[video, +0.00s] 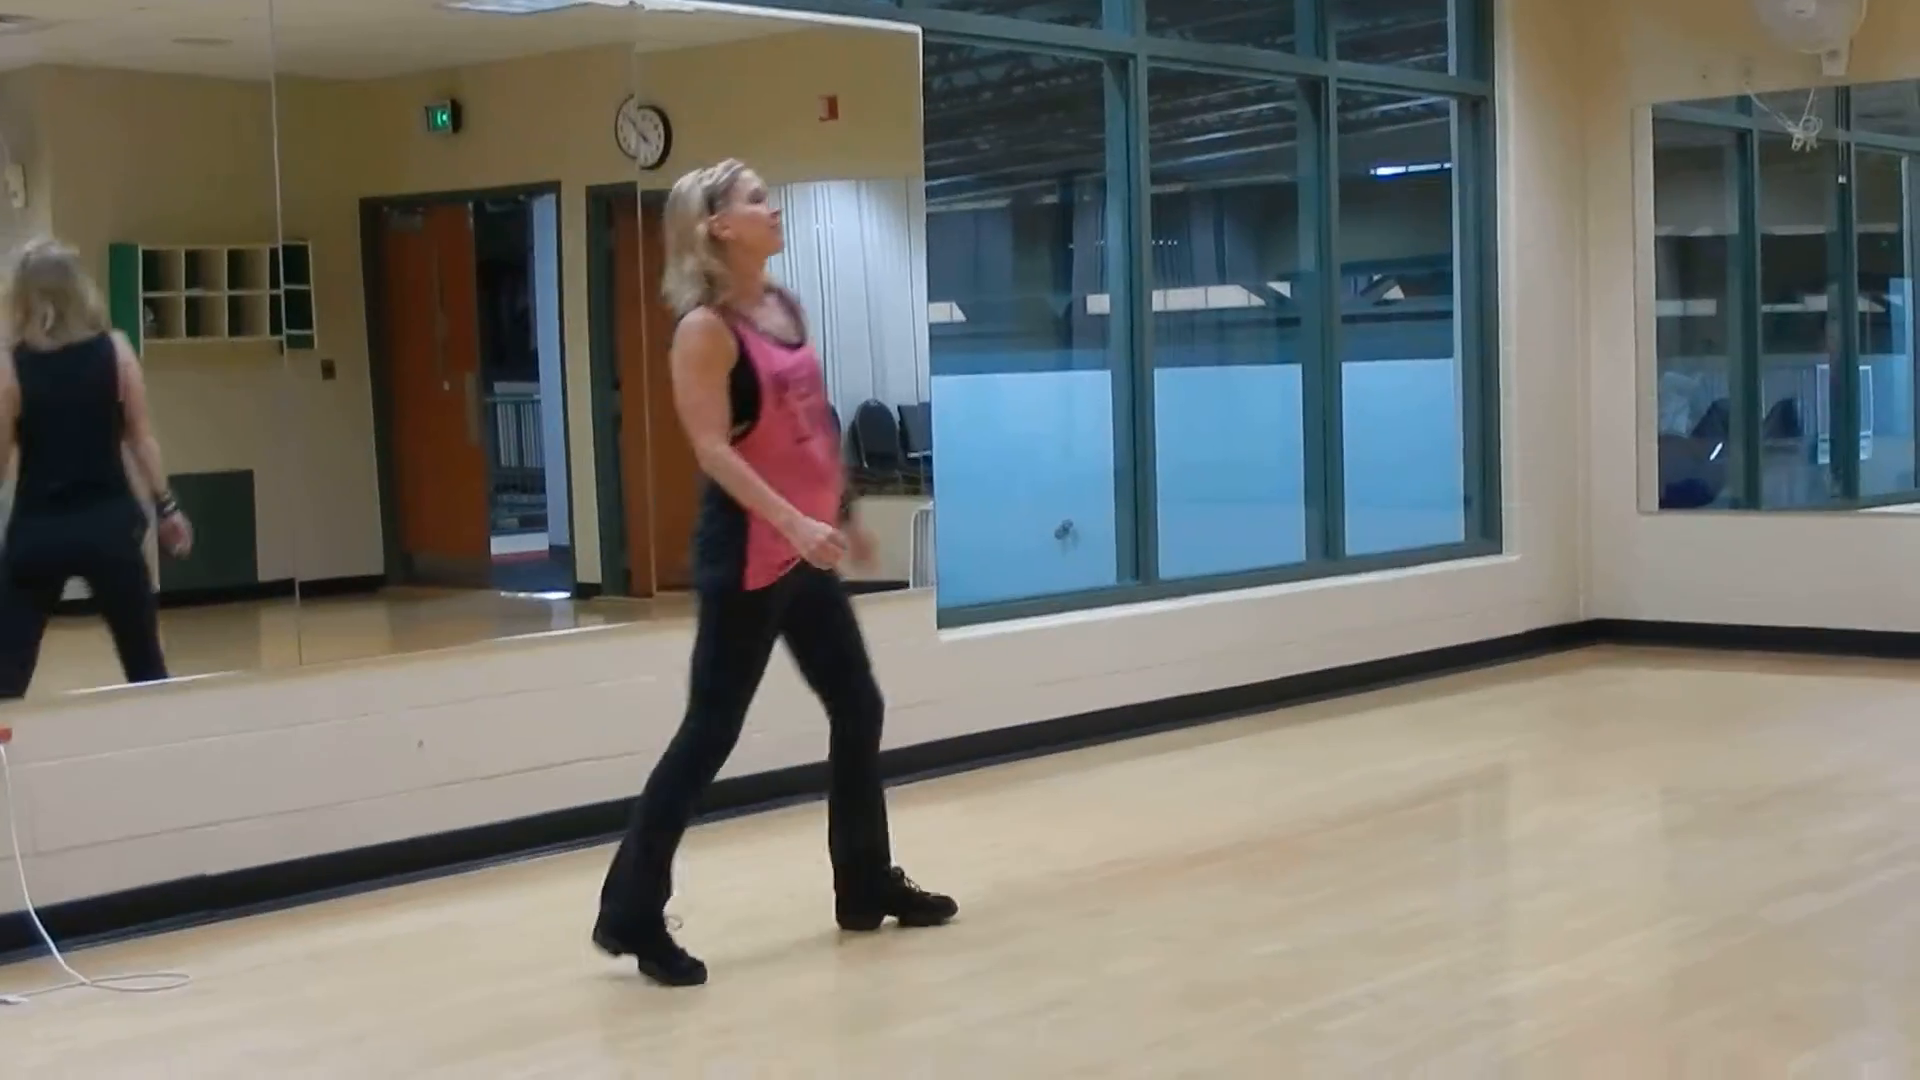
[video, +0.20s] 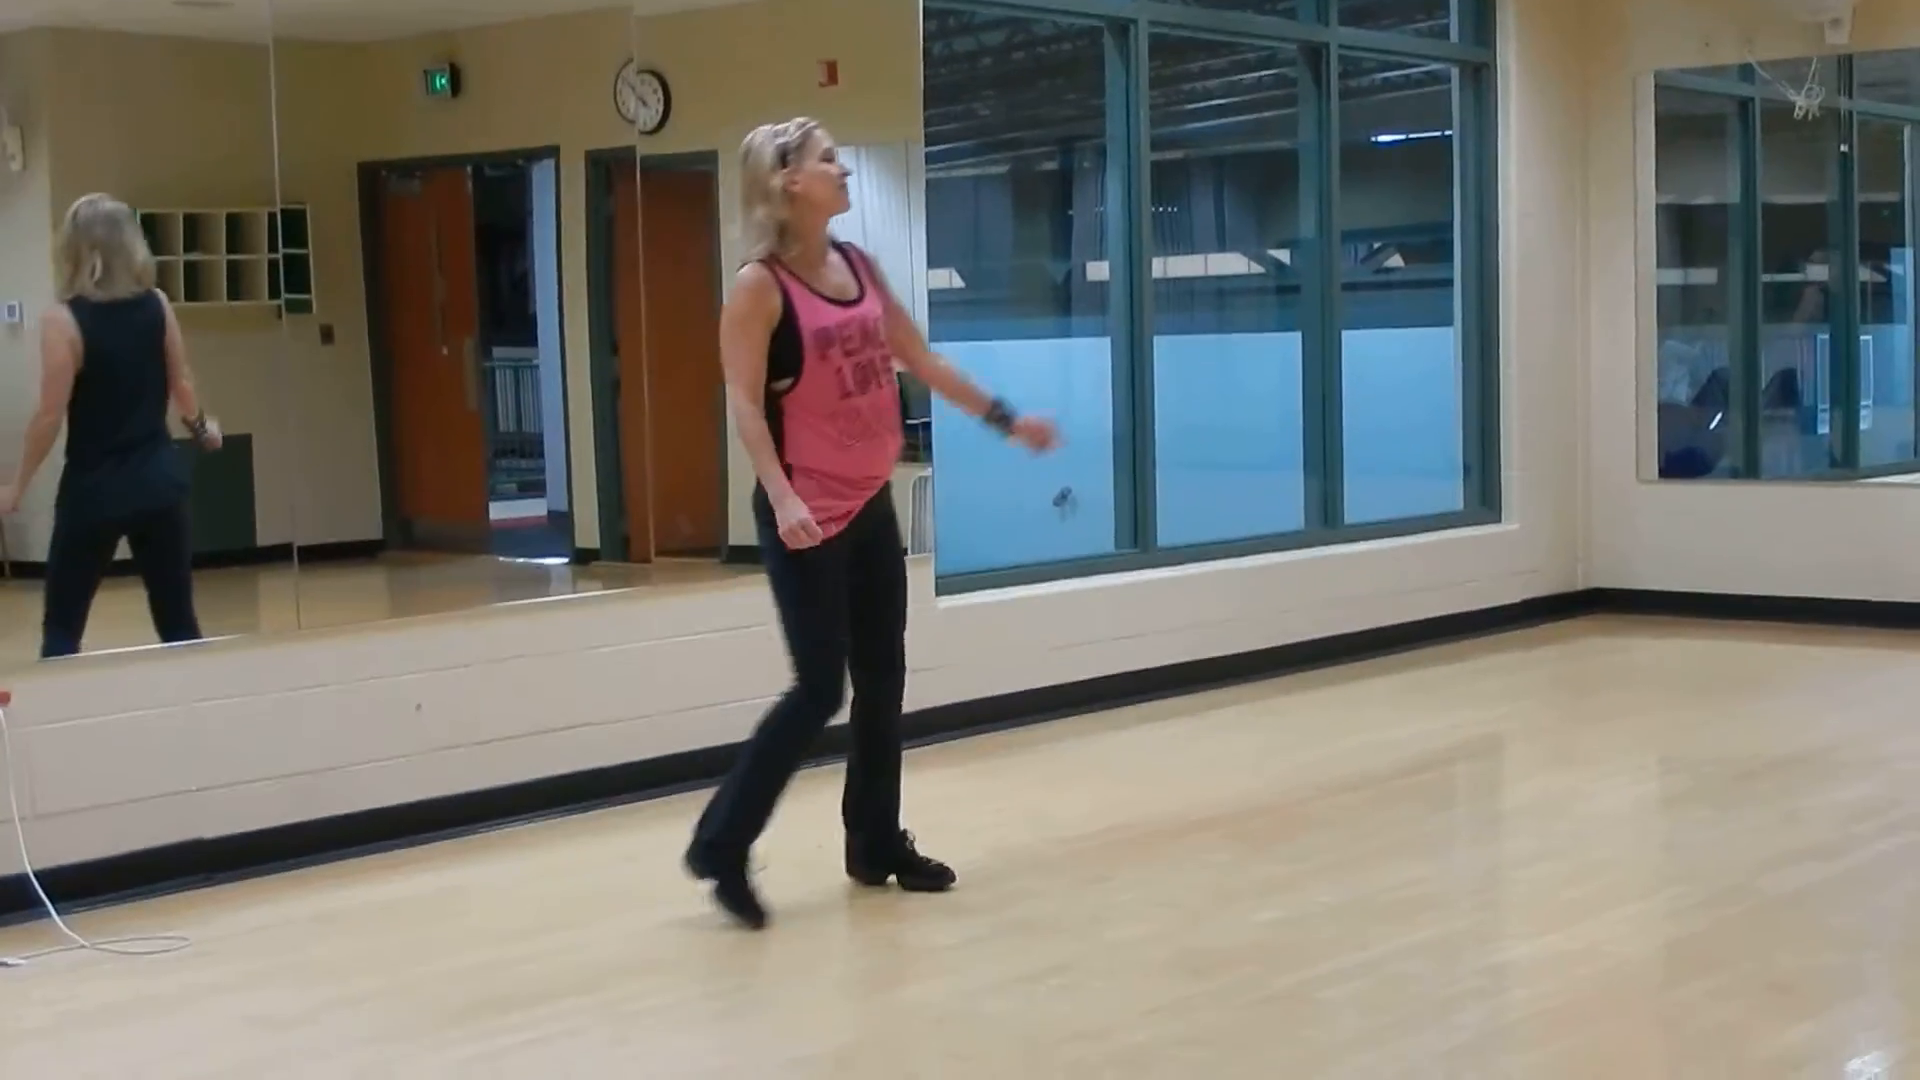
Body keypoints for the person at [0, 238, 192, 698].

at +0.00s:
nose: (13, 301)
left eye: (18, 291)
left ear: (23, 297)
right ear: (81, 291)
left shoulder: (11, 365)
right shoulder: (115, 350)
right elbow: (140, 438)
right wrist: (166, 505)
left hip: (36, 535)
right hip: (111, 531)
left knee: (8, 672)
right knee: (145, 663)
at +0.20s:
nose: (63, 251)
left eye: (67, 242)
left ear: (74, 250)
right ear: (131, 246)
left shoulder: (63, 319)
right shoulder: (157, 305)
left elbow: (51, 415)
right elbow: (179, 383)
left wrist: (17, 487)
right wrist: (198, 424)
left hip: (92, 494)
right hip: (159, 484)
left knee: (61, 631)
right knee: (178, 622)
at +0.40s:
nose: (92, 209)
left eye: (98, 201)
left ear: (108, 209)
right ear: (163, 210)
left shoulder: (90, 273)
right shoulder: (182, 276)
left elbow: (77, 366)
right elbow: (183, 362)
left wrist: (55, 438)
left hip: (119, 449)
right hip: (182, 441)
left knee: (123, 592)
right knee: (197, 581)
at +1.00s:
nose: (89, 172)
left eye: (93, 162)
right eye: (90, 162)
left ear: (108, 166)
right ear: (152, 159)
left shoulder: (109, 226)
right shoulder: (177, 219)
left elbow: (119, 314)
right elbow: (183, 307)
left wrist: (64, 363)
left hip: (144, 401)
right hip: (199, 395)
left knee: (79, 532)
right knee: (208, 534)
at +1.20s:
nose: (61, 177)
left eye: (65, 167)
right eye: (63, 166)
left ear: (77, 172)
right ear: (127, 168)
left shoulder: (79, 231)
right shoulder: (154, 232)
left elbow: (49, 316)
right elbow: (183, 311)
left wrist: (4, 316)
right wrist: (203, 382)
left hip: (112, 411)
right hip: (170, 405)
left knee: (67, 539)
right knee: (198, 531)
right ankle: (249, 629)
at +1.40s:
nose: (25, 166)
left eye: (29, 157)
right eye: (28, 157)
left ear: (38, 161)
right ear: (92, 158)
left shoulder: (25, 221)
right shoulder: (116, 224)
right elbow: (164, 296)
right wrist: (158, 372)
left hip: (56, 404)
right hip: (118, 400)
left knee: (26, 544)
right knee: (132, 527)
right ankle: (202, 603)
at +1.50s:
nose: (15, 171)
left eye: (20, 162)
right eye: (18, 162)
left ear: (28, 165)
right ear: (84, 162)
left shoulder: (14, 227)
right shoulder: (111, 228)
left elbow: (7, 310)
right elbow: (160, 299)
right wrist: (139, 369)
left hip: (40, 405)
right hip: (106, 404)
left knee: (24, 542)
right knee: (82, 526)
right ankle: (155, 598)